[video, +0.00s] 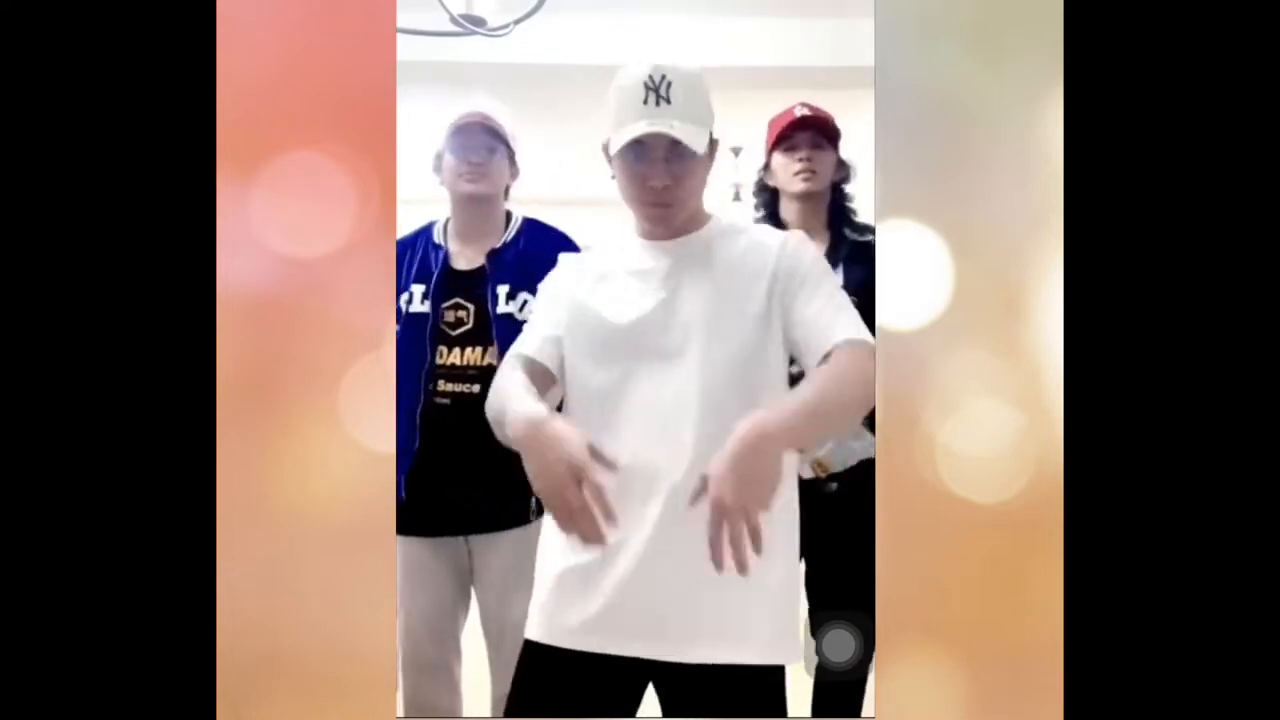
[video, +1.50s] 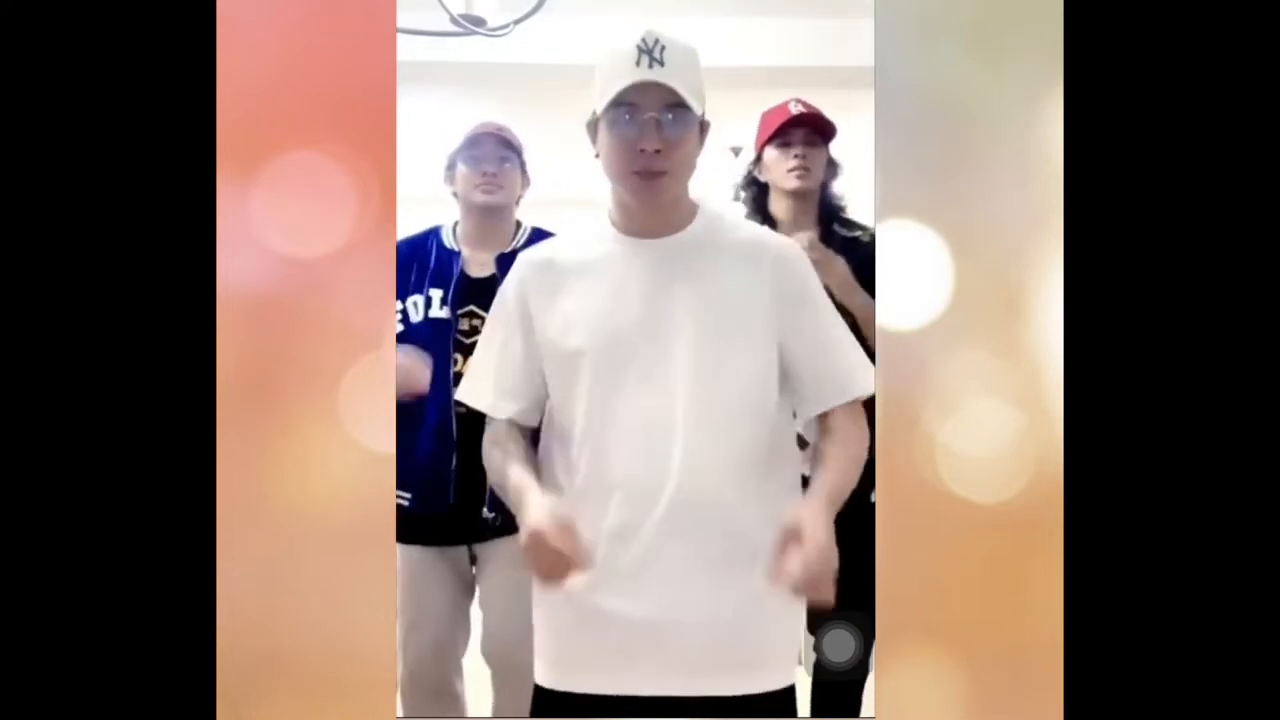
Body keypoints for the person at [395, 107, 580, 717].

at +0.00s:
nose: (473, 159)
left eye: (488, 150)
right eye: (460, 150)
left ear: (512, 172)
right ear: (439, 168)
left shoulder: (554, 255)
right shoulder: (402, 257)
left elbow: (585, 369)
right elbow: (369, 365)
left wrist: (562, 471)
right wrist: (374, 473)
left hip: (513, 498)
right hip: (420, 498)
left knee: (516, 664)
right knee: (423, 663)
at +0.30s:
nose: (496, 167)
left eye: (511, 159)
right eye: (484, 157)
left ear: (533, 183)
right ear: (462, 175)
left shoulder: (555, 266)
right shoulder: (414, 266)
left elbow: (578, 382)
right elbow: (383, 380)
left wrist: (566, 486)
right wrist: (391, 485)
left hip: (525, 496)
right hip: (434, 497)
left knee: (531, 670)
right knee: (424, 671)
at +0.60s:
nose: (508, 165)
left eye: (524, 157)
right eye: (495, 154)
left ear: (545, 182)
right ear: (471, 172)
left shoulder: (561, 262)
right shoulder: (418, 258)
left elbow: (585, 382)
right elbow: (386, 383)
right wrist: (387, 494)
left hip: (539, 496)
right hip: (444, 498)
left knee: (536, 664)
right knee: (441, 670)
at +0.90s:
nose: (491, 158)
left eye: (506, 150)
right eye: (476, 149)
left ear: (526, 177)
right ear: (451, 170)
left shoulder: (545, 264)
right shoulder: (405, 264)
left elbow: (565, 383)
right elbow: (370, 376)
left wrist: (548, 482)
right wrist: (376, 476)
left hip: (517, 502)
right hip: (425, 501)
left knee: (522, 665)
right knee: (422, 671)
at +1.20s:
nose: (497, 156)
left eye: (512, 147)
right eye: (483, 147)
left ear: (535, 171)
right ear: (460, 168)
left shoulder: (561, 257)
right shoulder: (415, 260)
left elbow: (585, 374)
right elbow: (380, 373)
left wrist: (566, 478)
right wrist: (386, 468)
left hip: (534, 499)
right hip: (440, 502)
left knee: (533, 674)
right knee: (432, 676)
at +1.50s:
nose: (490, 167)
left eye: (504, 158)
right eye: (475, 158)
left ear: (525, 181)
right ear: (451, 178)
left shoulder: (555, 261)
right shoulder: (402, 260)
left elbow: (580, 372)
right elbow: (348, 347)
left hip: (521, 504)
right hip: (424, 505)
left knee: (518, 661)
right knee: (425, 667)